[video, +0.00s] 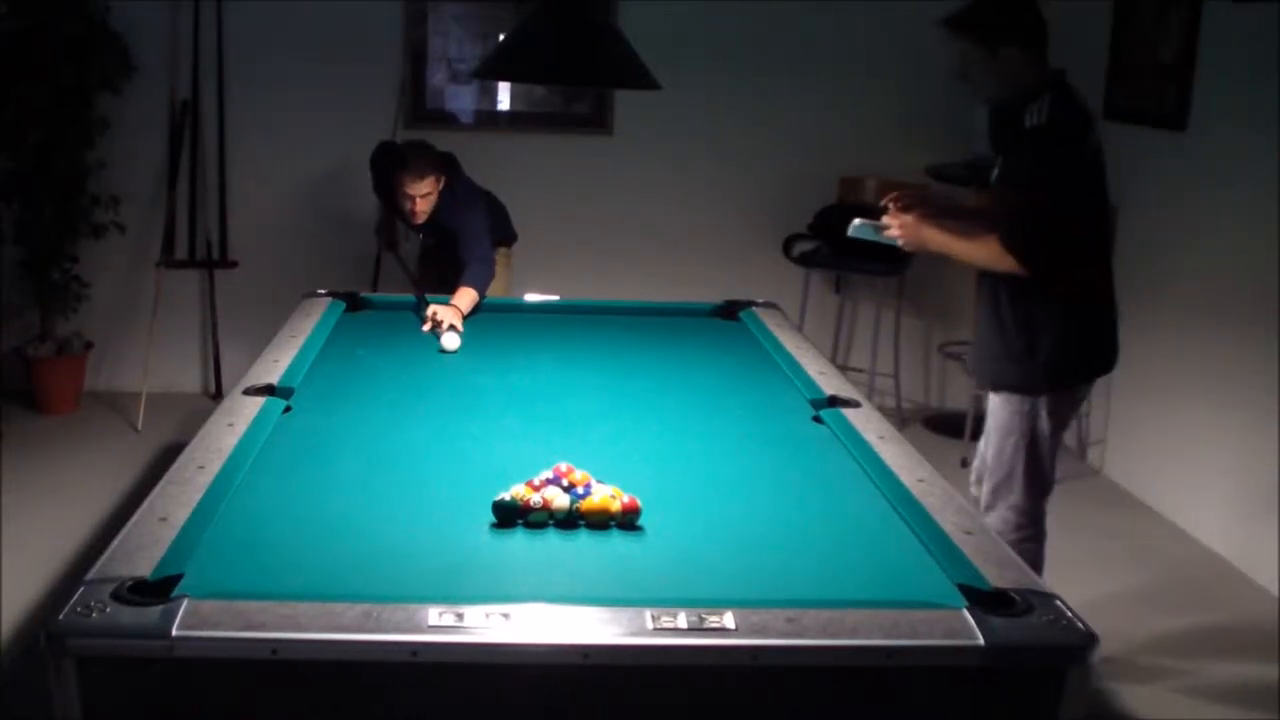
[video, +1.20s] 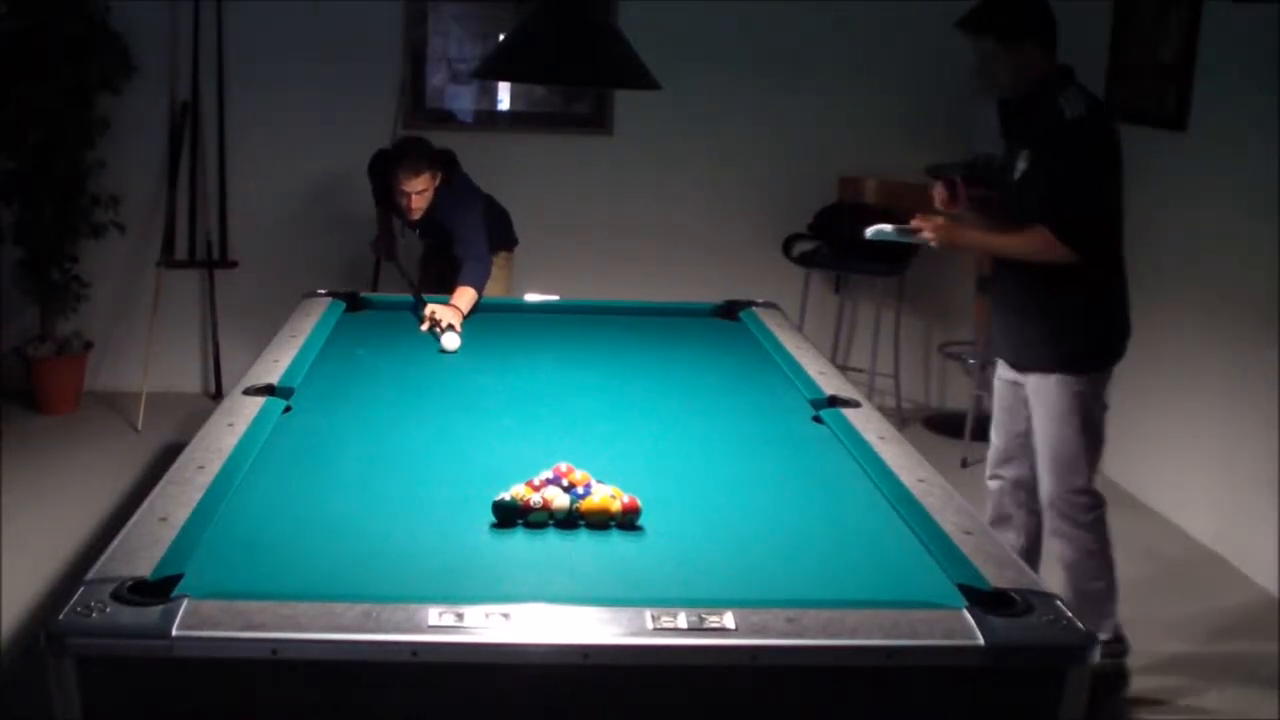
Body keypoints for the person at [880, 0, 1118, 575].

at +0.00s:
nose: (966, 76)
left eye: (973, 61)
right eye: (964, 62)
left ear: (1009, 55)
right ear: (1017, 56)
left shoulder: (1048, 120)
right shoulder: (1027, 113)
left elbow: (1026, 253)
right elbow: (1009, 216)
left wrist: (931, 238)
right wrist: (935, 214)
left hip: (1043, 355)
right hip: (1020, 347)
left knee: (1010, 515)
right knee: (988, 493)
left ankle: (1010, 638)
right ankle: (987, 627)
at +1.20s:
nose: (985, 69)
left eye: (993, 54)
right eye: (983, 55)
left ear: (1026, 49)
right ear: (1017, 51)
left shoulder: (1077, 118)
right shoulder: (1024, 113)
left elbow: (1069, 242)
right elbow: (1030, 215)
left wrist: (968, 237)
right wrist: (973, 204)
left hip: (1070, 346)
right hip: (1019, 338)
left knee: (1068, 502)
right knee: (1009, 487)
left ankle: (1097, 644)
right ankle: (1003, 627)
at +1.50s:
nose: (1069, 69)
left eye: (1082, 55)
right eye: (1068, 55)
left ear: (1122, 57)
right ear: (1077, 56)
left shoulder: (1179, 144)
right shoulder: (1075, 126)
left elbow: (1174, 261)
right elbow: (1068, 219)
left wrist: (1059, 252)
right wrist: (1019, 224)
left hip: (1138, 375)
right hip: (1061, 358)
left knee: (1158, 525)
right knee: (1035, 496)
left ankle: (1185, 674)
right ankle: (1011, 630)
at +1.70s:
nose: (1121, 75)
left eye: (1137, 60)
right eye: (1125, 60)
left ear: (1186, 64)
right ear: (1150, 70)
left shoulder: (1258, 156)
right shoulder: (1129, 146)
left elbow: (1263, 282)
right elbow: (1099, 241)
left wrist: (1149, 277)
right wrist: (1081, 251)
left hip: (1213, 391)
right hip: (1122, 375)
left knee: (1199, 547)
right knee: (1060, 505)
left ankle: (1191, 678)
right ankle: (1018, 634)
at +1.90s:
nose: (1228, 90)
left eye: (1242, 78)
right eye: (1220, 74)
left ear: (1266, 80)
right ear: (1205, 72)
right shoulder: (1174, 138)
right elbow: (1138, 248)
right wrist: (1154, 256)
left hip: (1262, 380)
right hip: (1167, 363)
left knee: (1232, 553)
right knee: (1111, 523)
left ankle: (1195, 681)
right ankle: (1094, 663)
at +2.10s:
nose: (1259, 77)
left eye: (1265, 64)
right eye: (1254, 62)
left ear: (1274, 70)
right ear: (1241, 62)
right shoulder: (1205, 142)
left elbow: (1149, 237)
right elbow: (1148, 236)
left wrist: (1182, 284)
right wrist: (1183, 287)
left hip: (1268, 382)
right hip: (1210, 374)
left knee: (1252, 563)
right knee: (1205, 561)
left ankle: (1209, 684)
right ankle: (1197, 698)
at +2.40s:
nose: (1273, 95)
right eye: (1273, 82)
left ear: (1270, 85)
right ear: (1269, 82)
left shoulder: (1254, 175)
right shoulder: (1252, 174)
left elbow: (1192, 292)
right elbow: (1191, 291)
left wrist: (1242, 331)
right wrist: (1245, 332)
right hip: (1262, 437)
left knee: (1267, 614)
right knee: (1265, 619)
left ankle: (1247, 679)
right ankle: (1256, 699)